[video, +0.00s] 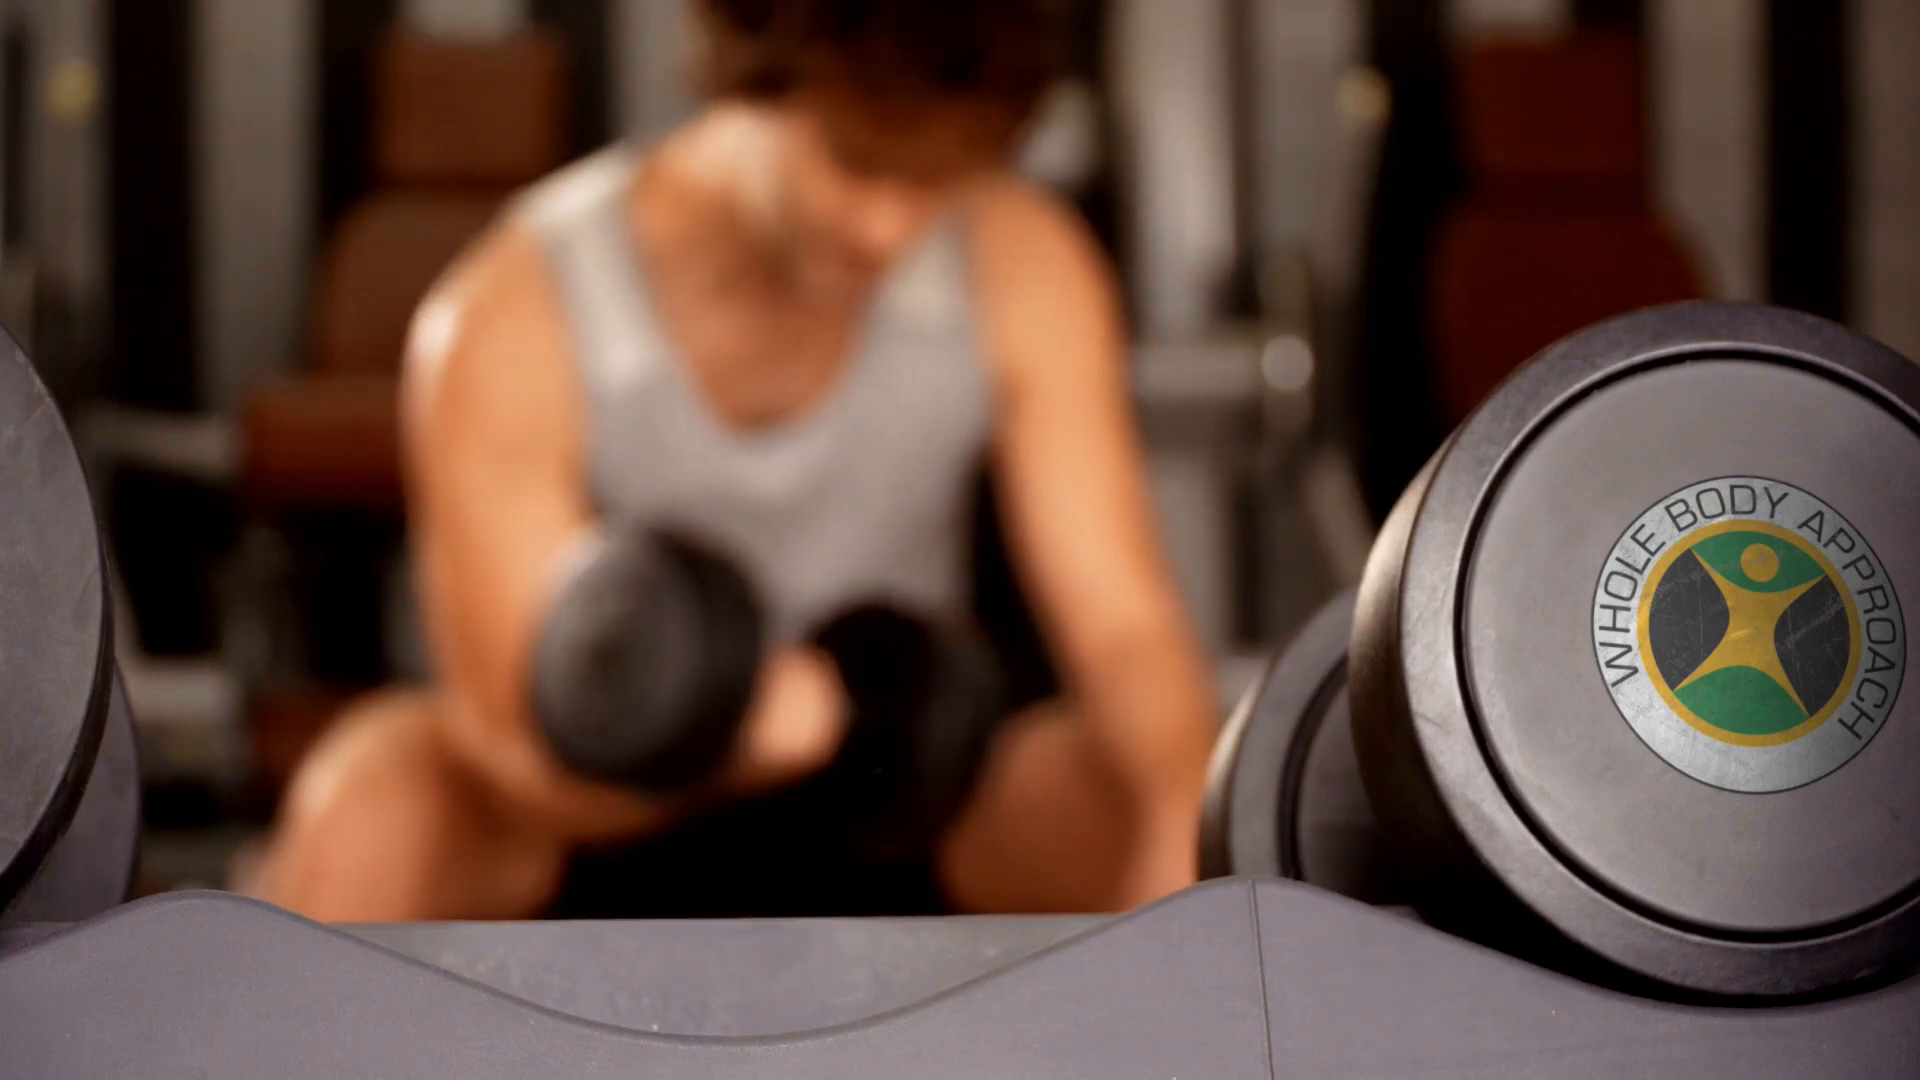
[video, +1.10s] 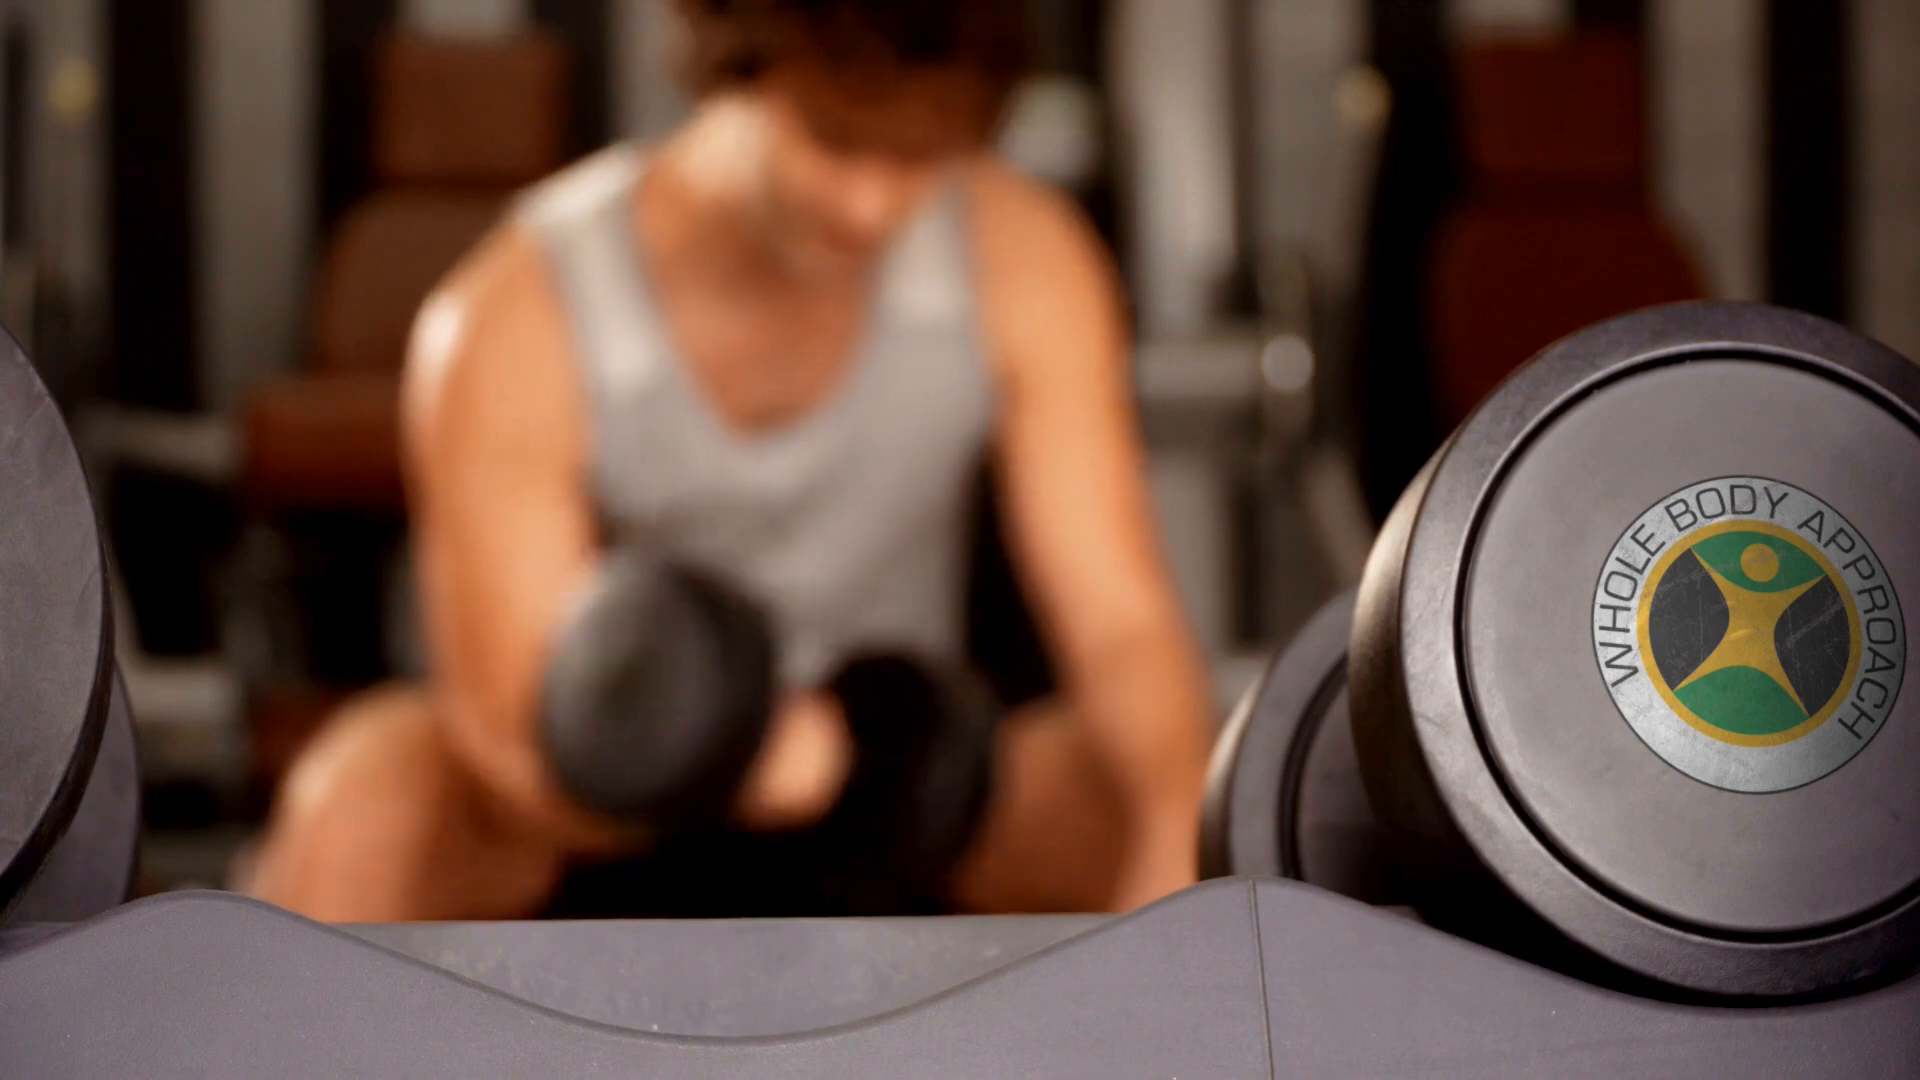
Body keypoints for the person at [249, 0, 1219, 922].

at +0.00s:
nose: (892, 228)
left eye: (938, 180)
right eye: (857, 166)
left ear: (993, 136)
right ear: (758, 76)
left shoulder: (1015, 255)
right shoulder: (511, 312)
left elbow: (1125, 631)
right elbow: (536, 762)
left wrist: (1189, 847)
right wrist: (829, 705)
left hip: (887, 796)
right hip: (599, 813)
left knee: (1180, 800)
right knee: (377, 793)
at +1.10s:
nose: (872, 205)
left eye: (920, 157)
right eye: (838, 145)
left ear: (977, 121)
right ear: (740, 67)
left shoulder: (1017, 249)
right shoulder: (513, 316)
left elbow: (1123, 632)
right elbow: (528, 753)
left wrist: (1172, 864)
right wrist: (846, 749)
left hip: (888, 809)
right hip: (610, 818)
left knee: (1182, 790)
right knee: (371, 781)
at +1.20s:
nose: (874, 205)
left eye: (923, 159)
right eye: (842, 144)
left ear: (981, 128)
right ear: (748, 68)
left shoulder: (1029, 252)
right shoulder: (529, 325)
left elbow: (1123, 633)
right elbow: (516, 758)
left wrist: (1162, 863)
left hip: (909, 776)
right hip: (627, 784)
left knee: (1197, 787)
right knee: (358, 796)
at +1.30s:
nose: (875, 205)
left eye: (925, 161)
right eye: (842, 144)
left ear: (986, 132)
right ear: (753, 70)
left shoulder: (1035, 255)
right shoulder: (541, 325)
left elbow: (1122, 633)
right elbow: (517, 762)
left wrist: (1159, 859)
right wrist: (644, 965)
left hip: (904, 775)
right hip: (619, 784)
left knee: (1188, 809)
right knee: (357, 797)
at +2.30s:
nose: (898, 329)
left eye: (950, 282)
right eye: (861, 264)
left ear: (1015, 266)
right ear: (771, 205)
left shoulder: (1045, 282)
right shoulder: (583, 396)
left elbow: (1101, 655)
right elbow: (506, 830)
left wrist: (1004, 822)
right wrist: (519, 1077)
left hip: (894, 782)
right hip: (615, 794)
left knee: (1138, 828)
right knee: (342, 804)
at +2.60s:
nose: (919, 255)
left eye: (972, 208)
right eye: (876, 189)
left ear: (1043, 192)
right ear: (785, 144)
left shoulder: (1093, 249)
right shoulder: (615, 300)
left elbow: (1098, 641)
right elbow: (506, 739)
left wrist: (900, 927)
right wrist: (537, 1035)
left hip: (878, 672)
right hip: (579, 673)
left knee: (1119, 847)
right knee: (346, 810)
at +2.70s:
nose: (904, 92)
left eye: (959, 44)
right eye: (862, 33)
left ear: (1024, 47)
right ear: (775, 20)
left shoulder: (1091, 137)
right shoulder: (602, 157)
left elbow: (1069, 525)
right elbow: (494, 590)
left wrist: (943, 861)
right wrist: (540, 951)